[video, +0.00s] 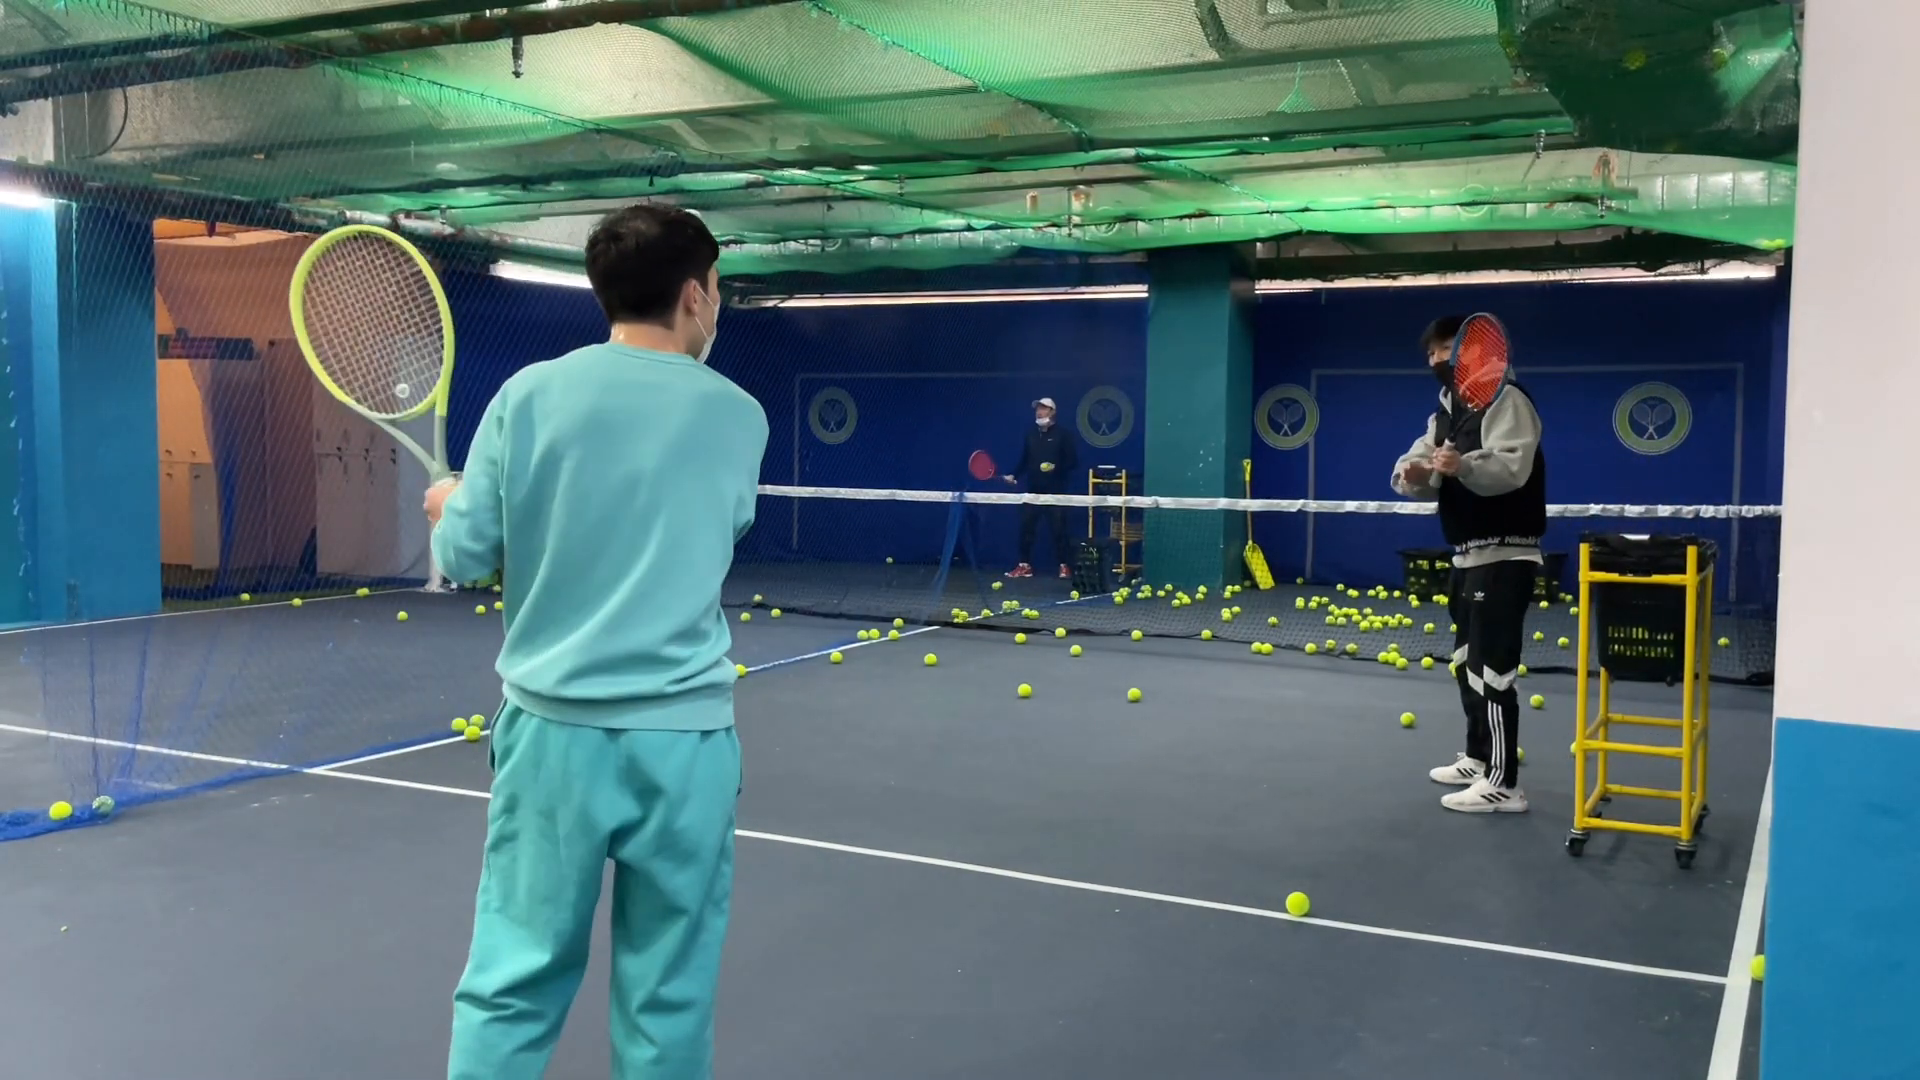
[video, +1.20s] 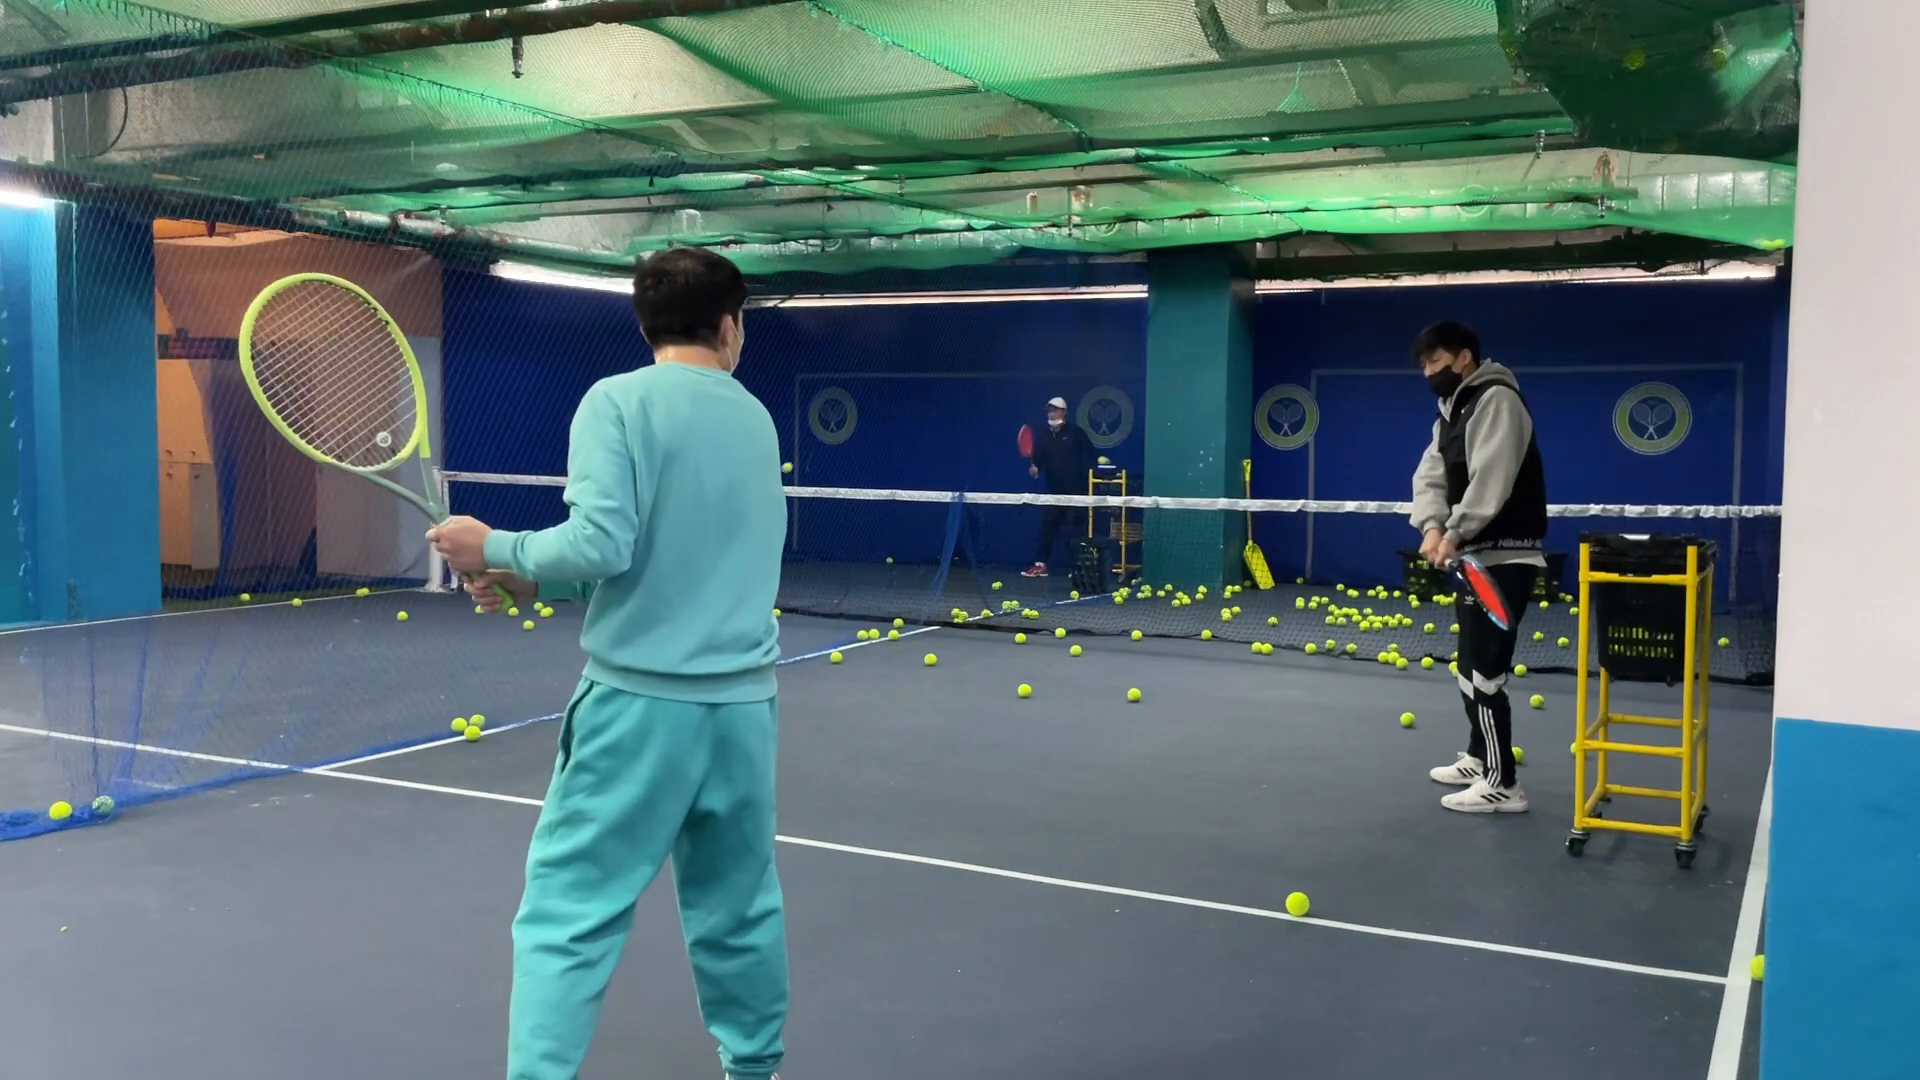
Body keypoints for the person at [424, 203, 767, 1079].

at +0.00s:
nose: (716, 302)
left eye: (714, 285)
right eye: (713, 285)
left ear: (610, 293)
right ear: (691, 293)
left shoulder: (530, 395)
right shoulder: (738, 415)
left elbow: (466, 551)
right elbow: (722, 527)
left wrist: (450, 512)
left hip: (552, 740)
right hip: (688, 744)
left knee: (510, 990)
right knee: (668, 999)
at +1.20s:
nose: (745, 332)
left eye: (743, 320)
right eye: (743, 320)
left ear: (646, 326)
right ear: (730, 324)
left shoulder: (616, 401)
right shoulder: (756, 418)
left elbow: (603, 544)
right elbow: (693, 552)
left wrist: (493, 546)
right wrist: (537, 575)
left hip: (635, 710)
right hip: (745, 710)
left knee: (568, 914)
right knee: (738, 903)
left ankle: (538, 1069)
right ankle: (753, 1064)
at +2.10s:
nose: (732, 336)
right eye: (731, 325)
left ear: (639, 332)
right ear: (720, 330)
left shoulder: (628, 397)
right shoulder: (749, 419)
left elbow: (643, 532)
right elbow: (707, 566)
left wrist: (532, 596)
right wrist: (551, 612)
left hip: (646, 699)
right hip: (743, 702)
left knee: (570, 910)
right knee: (736, 897)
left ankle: (539, 1068)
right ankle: (756, 1063)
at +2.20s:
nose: (733, 336)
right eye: (732, 325)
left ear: (639, 331)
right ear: (721, 330)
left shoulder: (631, 397)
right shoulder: (748, 417)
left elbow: (646, 532)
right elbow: (724, 562)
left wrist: (536, 604)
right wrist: (557, 615)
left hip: (647, 698)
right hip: (743, 703)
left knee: (571, 910)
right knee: (736, 898)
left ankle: (539, 1068)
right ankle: (756, 1064)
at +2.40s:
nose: (732, 335)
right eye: (730, 324)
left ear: (638, 332)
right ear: (719, 330)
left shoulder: (629, 397)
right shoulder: (746, 417)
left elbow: (648, 534)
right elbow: (745, 558)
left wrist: (547, 613)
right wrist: (566, 621)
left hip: (646, 700)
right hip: (744, 704)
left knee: (572, 911)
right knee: (735, 899)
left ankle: (539, 1069)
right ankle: (755, 1064)